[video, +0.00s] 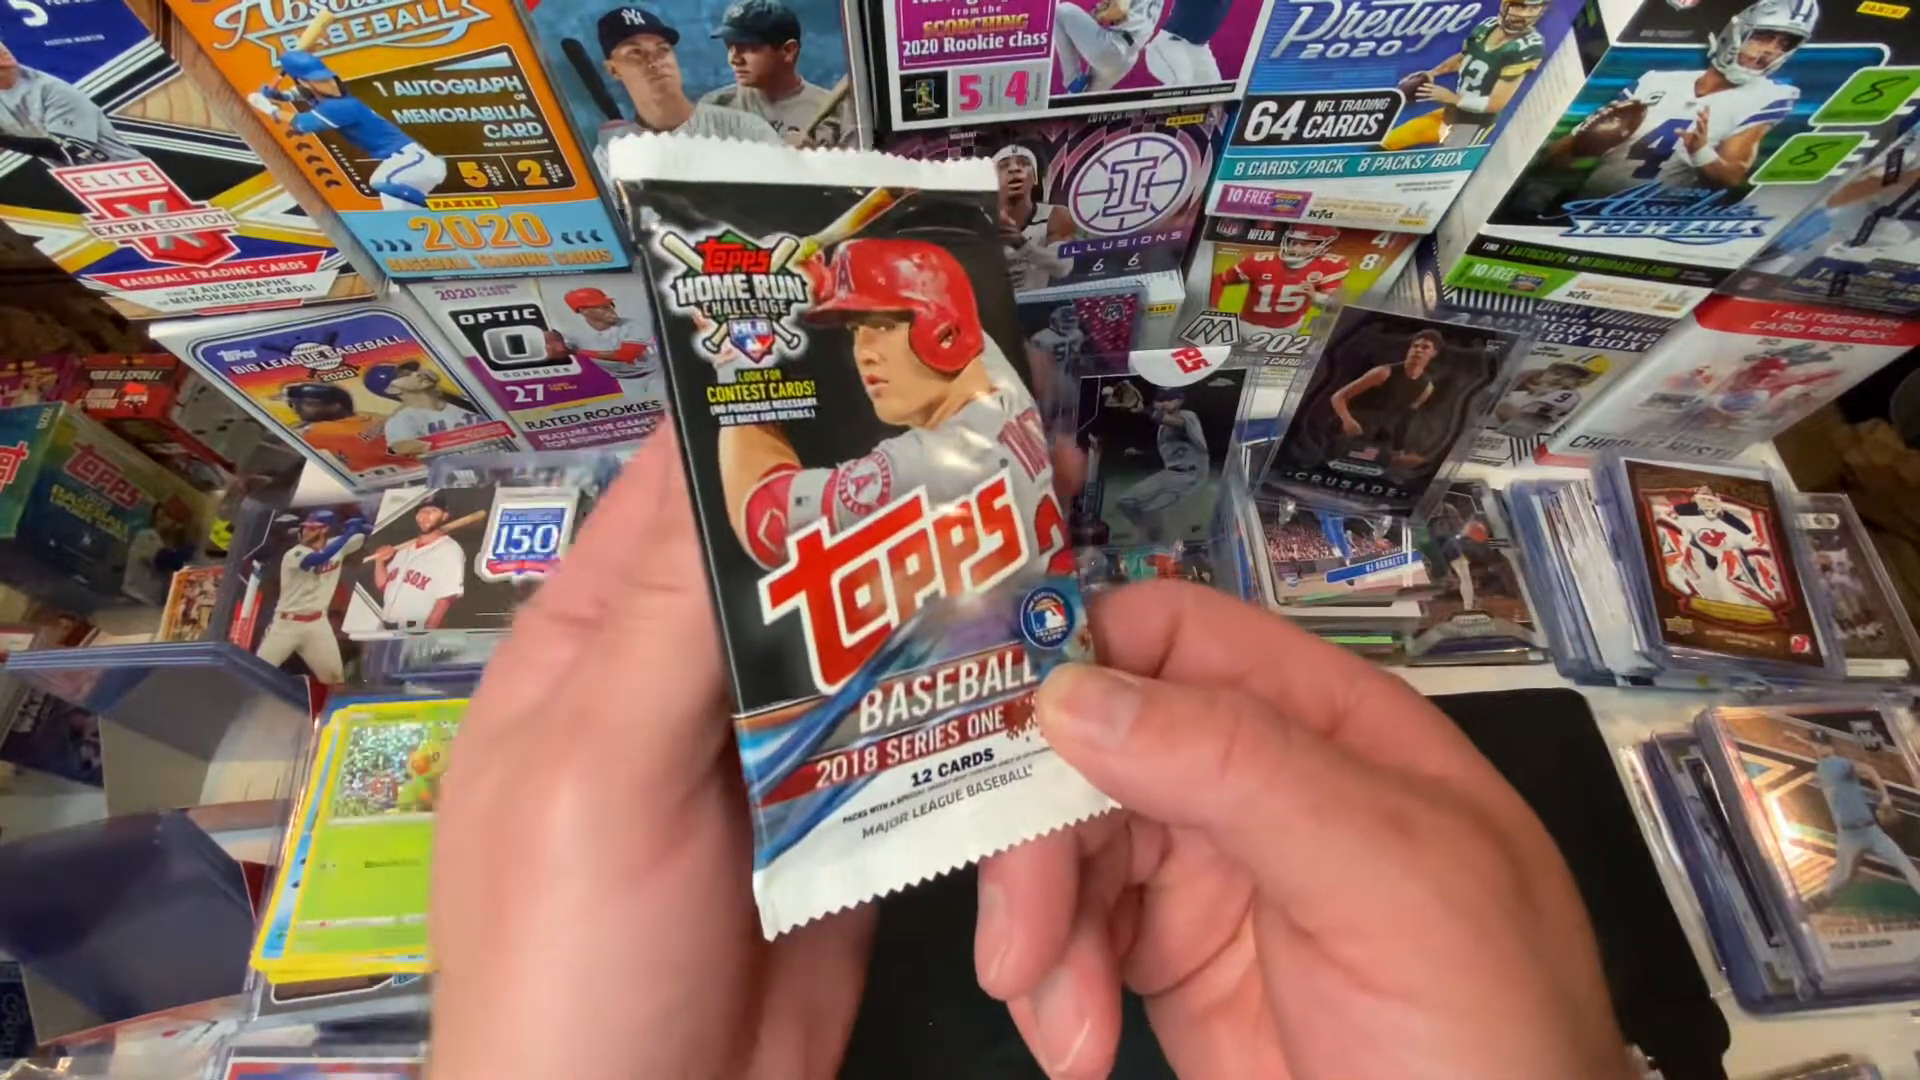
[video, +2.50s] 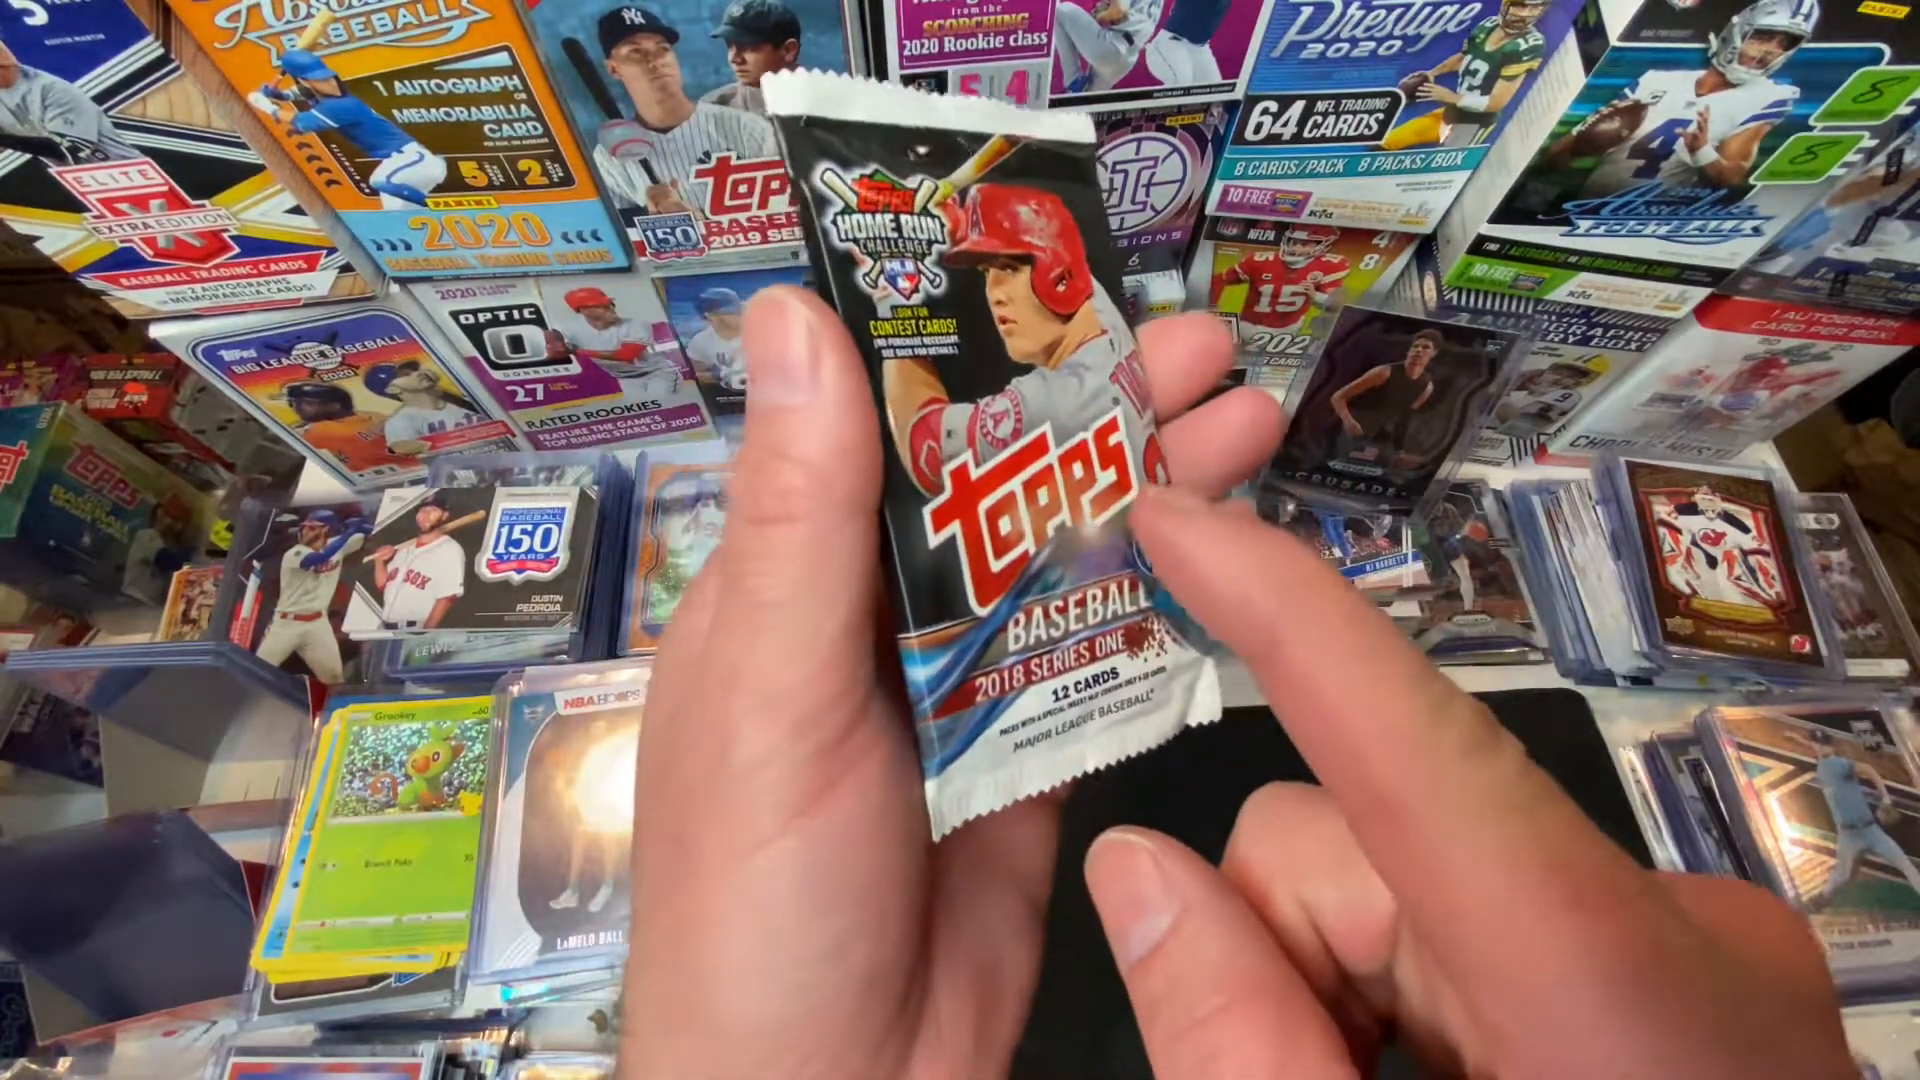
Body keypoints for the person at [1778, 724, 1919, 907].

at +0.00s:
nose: (1823, 749)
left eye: (1825, 744)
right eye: (1818, 746)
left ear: (1831, 745)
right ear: (1813, 748)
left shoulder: (1840, 764)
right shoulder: (1822, 767)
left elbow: (1869, 770)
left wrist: (1885, 797)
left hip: (1871, 829)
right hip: (1847, 834)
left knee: (1903, 863)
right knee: (1843, 876)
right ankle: (1824, 896)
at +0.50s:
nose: (1821, 749)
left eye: (1823, 744)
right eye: (1817, 745)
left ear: (1829, 744)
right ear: (1814, 747)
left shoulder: (1838, 764)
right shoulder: (1822, 768)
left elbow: (1869, 771)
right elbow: (1813, 746)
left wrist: (1884, 797)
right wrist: (1799, 739)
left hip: (1870, 829)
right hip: (1847, 834)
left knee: (1904, 864)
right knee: (1842, 875)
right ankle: (1823, 898)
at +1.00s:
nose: (1823, 750)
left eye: (1825, 745)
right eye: (1819, 746)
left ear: (1831, 745)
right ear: (1814, 748)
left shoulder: (1839, 764)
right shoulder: (1822, 767)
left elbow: (1868, 770)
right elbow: (1810, 745)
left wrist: (1885, 798)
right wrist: (1796, 737)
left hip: (1870, 829)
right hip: (1847, 834)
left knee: (1903, 862)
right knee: (1842, 875)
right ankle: (1824, 896)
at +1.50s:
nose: (1822, 749)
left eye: (1824, 744)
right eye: (1818, 746)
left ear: (1831, 745)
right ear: (1814, 748)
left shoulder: (1840, 764)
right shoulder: (1822, 767)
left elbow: (1869, 770)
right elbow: (1812, 746)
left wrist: (1884, 797)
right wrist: (1796, 738)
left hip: (1870, 829)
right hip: (1847, 834)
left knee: (1903, 862)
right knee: (1842, 874)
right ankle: (1825, 896)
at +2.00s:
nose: (1823, 749)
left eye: (1825, 744)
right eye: (1819, 745)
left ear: (1831, 745)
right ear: (1814, 748)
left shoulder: (1839, 764)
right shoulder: (1823, 767)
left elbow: (1868, 770)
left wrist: (1884, 797)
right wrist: (1796, 738)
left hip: (1871, 829)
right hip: (1847, 834)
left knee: (1904, 863)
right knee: (1842, 875)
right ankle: (1825, 896)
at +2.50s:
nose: (1823, 749)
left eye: (1826, 744)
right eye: (1819, 746)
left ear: (1831, 745)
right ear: (1814, 748)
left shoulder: (1839, 764)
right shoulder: (1823, 766)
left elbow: (1868, 770)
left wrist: (1885, 797)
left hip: (1870, 828)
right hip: (1847, 834)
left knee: (1904, 864)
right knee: (1843, 874)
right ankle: (1823, 897)